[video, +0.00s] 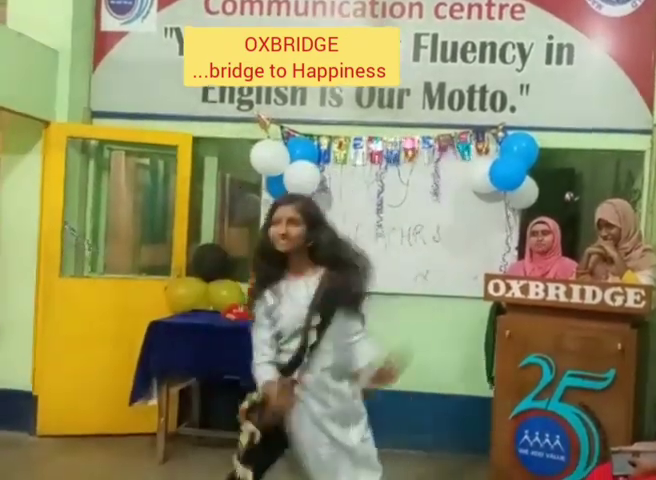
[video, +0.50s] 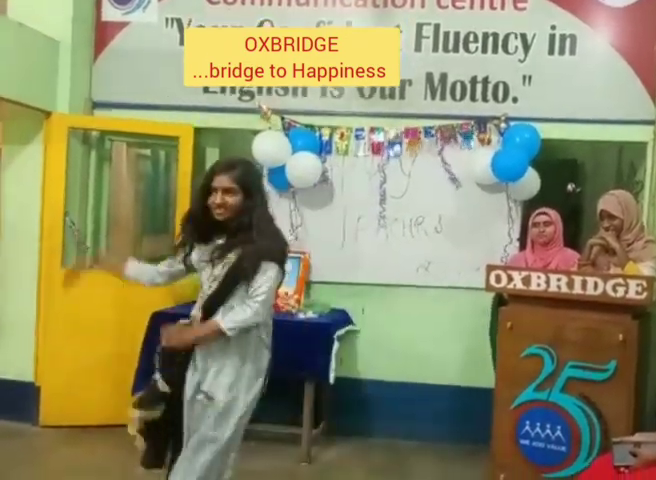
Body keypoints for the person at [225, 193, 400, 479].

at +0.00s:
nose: (283, 231)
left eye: (293, 223)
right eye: (276, 223)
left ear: (311, 230)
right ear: (268, 231)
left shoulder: (337, 281)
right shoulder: (268, 289)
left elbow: (354, 338)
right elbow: (261, 352)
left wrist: (372, 370)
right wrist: (272, 387)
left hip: (338, 399)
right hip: (290, 401)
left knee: (359, 470)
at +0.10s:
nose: (266, 226)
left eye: (276, 218)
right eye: (260, 217)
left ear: (295, 225)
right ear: (251, 223)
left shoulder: (310, 276)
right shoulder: (244, 273)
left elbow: (307, 343)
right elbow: (232, 338)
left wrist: (289, 411)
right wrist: (234, 410)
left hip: (298, 392)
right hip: (253, 392)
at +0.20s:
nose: (255, 218)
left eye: (265, 210)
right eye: (248, 209)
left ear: (283, 217)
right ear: (239, 215)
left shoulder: (295, 269)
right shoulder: (228, 264)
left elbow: (280, 339)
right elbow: (209, 327)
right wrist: (197, 397)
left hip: (277, 389)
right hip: (230, 385)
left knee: (280, 467)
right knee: (203, 465)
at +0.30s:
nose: (238, 207)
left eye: (248, 200)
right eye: (231, 198)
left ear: (267, 206)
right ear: (221, 203)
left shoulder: (281, 257)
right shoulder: (220, 248)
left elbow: (259, 323)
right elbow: (185, 297)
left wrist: (201, 350)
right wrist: (154, 341)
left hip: (261, 377)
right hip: (222, 371)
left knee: (240, 467)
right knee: (224, 461)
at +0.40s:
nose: (224, 204)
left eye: (235, 196)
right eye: (218, 195)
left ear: (256, 202)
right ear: (210, 200)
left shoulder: (271, 257)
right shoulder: (213, 250)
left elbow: (254, 314)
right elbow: (166, 290)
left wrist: (196, 319)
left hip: (246, 368)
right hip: (210, 363)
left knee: (219, 456)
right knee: (200, 449)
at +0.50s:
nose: (218, 201)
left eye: (229, 193)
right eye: (213, 192)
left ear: (250, 199)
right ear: (206, 195)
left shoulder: (265, 249)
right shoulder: (210, 242)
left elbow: (256, 310)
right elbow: (162, 273)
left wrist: (194, 333)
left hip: (238, 356)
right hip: (204, 347)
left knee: (212, 438)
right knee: (193, 431)